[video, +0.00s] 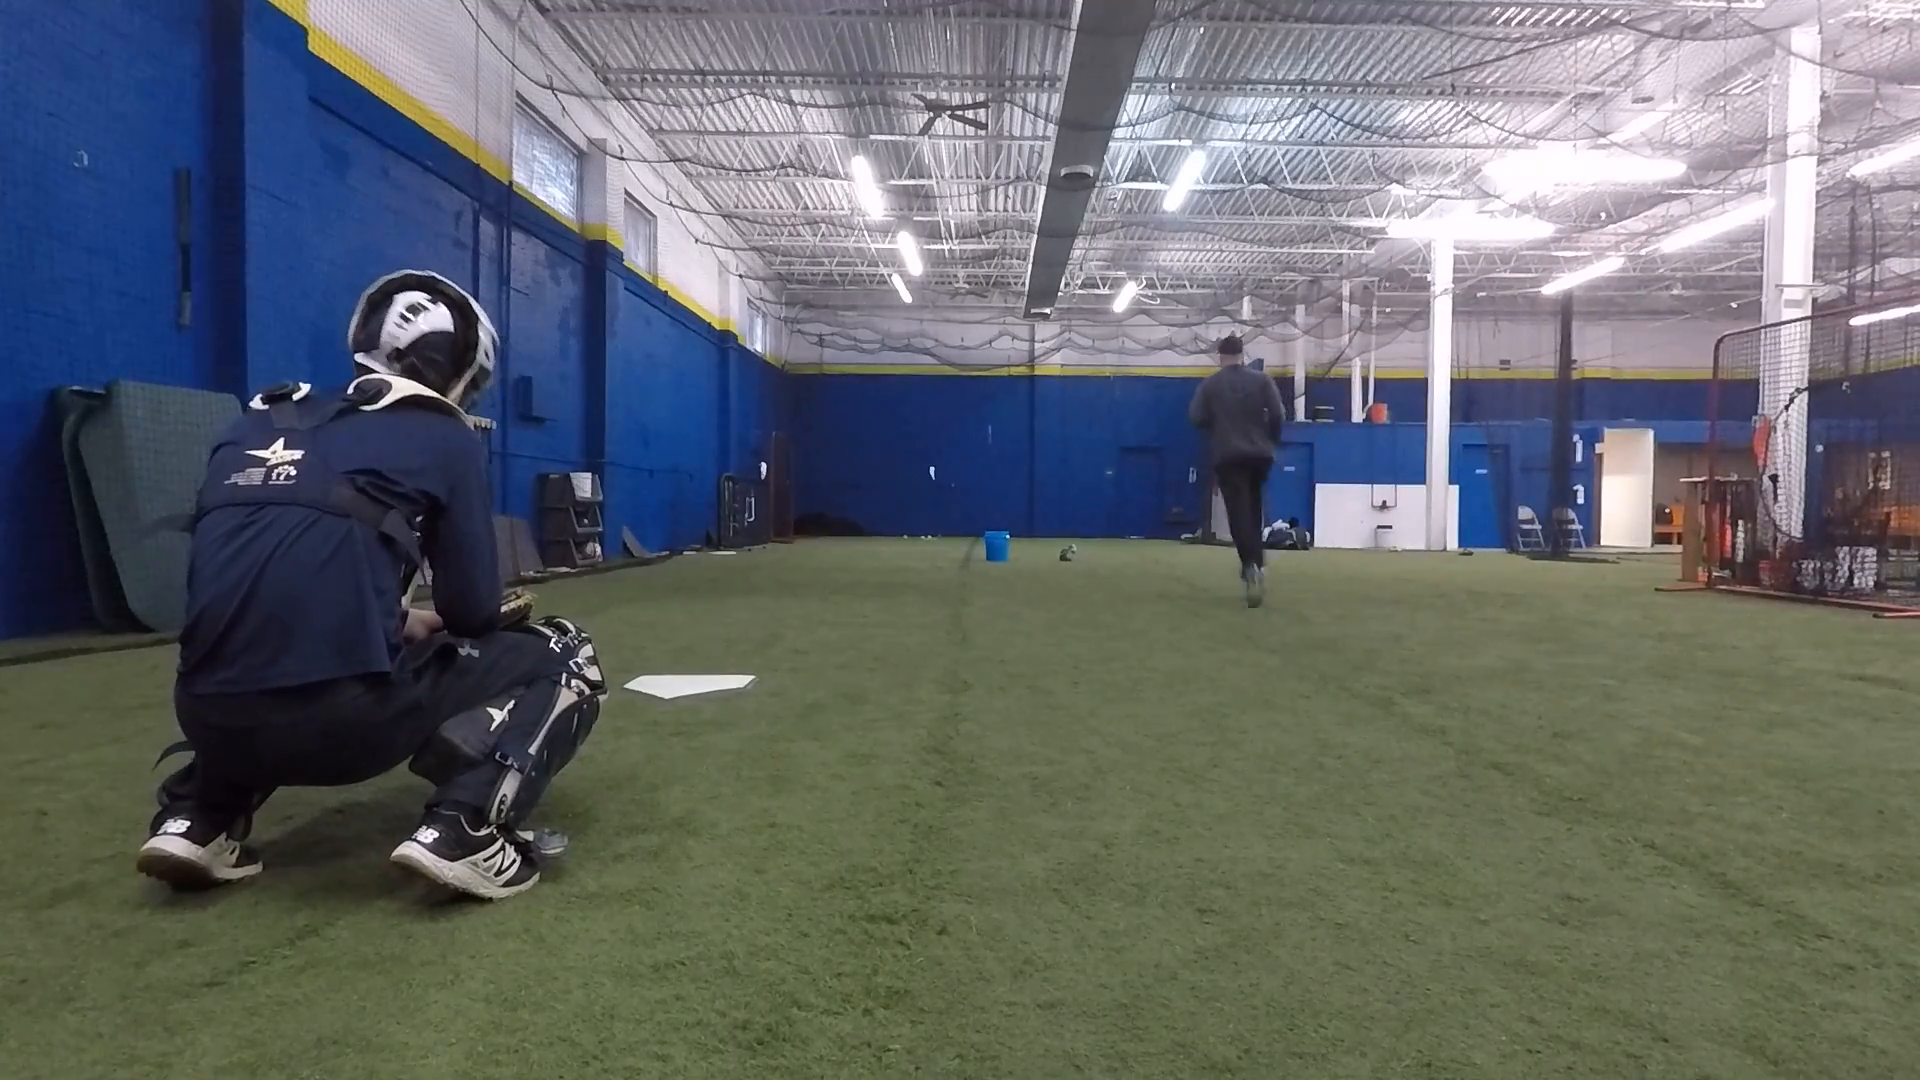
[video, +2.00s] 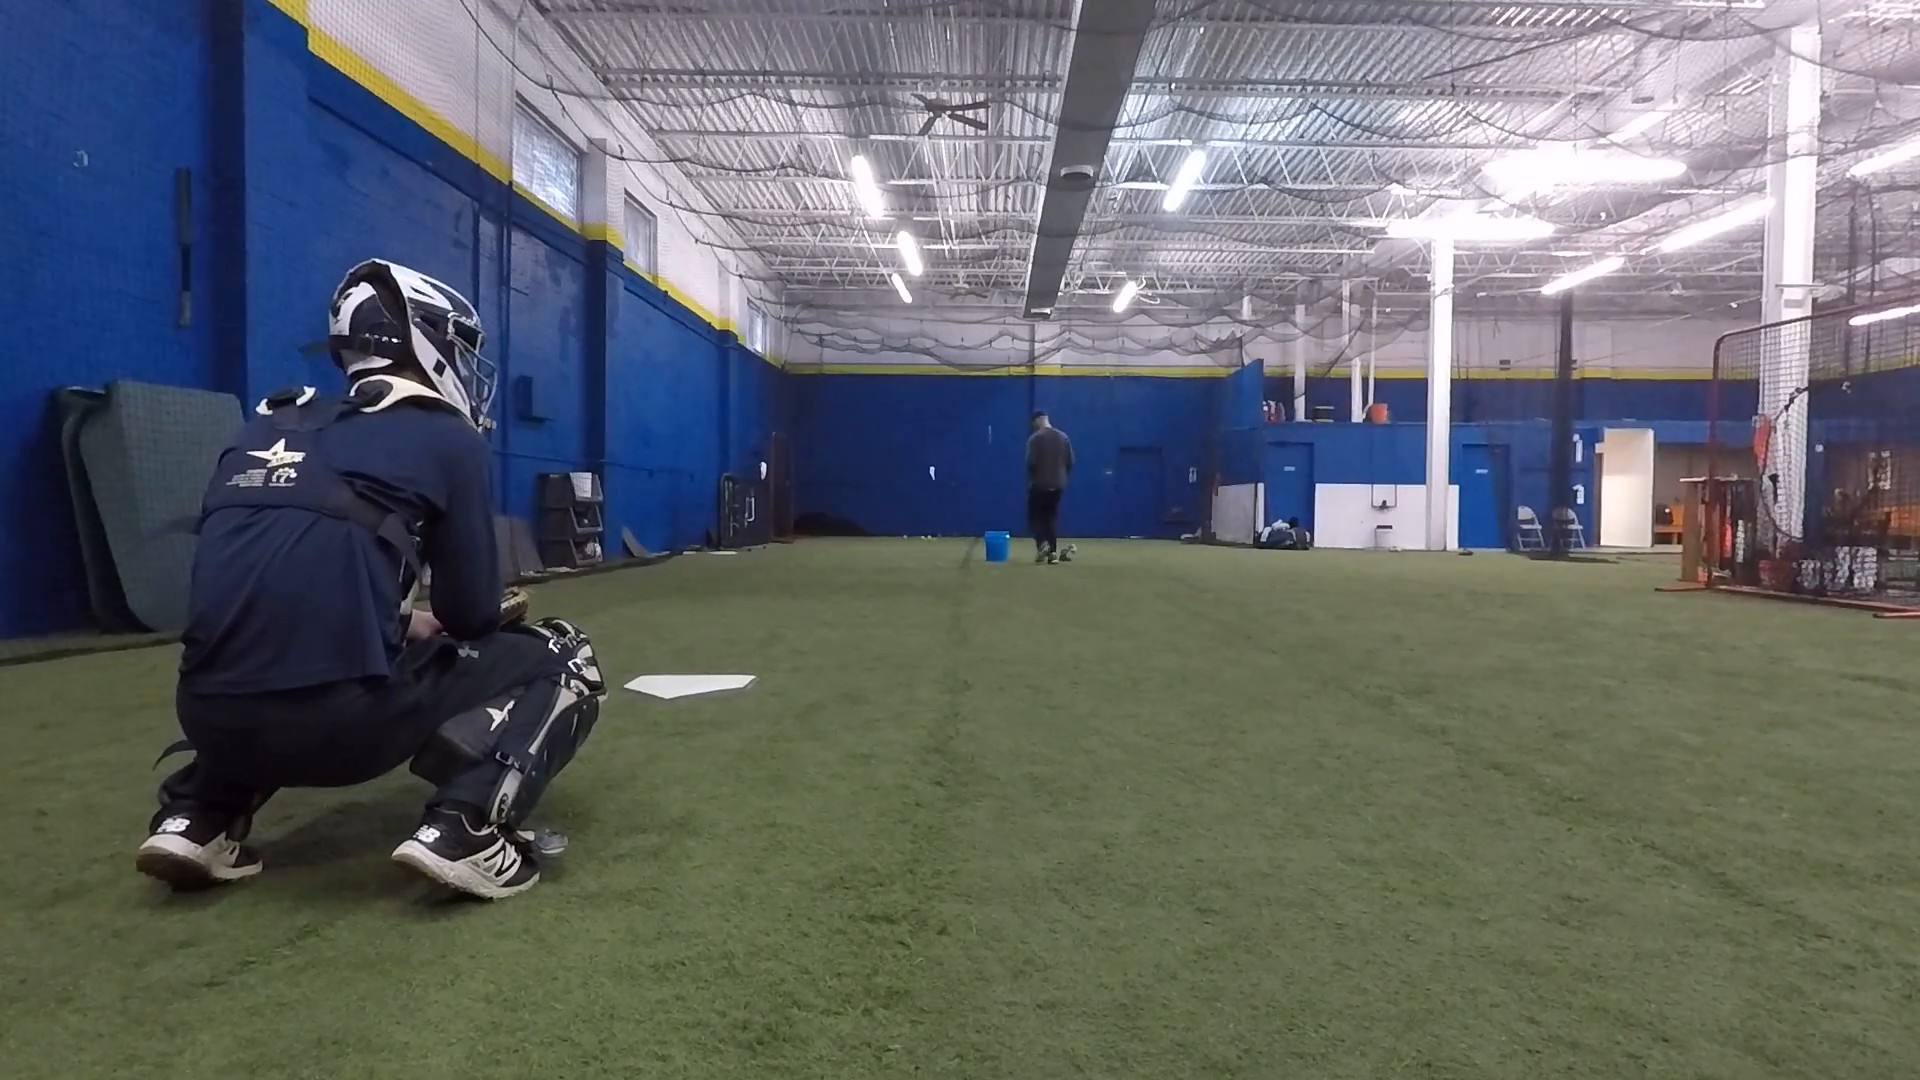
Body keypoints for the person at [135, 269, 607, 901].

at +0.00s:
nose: (472, 395)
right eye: (472, 380)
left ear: (362, 351)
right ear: (457, 375)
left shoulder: (257, 419)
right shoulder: (447, 436)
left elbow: (240, 576)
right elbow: (472, 610)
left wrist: (391, 619)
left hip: (217, 721)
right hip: (345, 722)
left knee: (275, 623)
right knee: (567, 657)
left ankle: (196, 817)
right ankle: (466, 826)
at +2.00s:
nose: (467, 372)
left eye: (466, 353)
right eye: (459, 351)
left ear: (352, 352)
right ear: (429, 344)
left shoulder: (265, 428)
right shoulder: (448, 439)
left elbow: (260, 588)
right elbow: (470, 614)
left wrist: (402, 625)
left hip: (217, 721)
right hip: (343, 726)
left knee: (283, 631)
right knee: (565, 659)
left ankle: (195, 817)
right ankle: (466, 826)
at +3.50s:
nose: (473, 364)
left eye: (470, 349)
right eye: (468, 349)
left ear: (351, 352)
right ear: (452, 351)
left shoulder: (281, 423)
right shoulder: (465, 437)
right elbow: (475, 604)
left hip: (221, 714)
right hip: (353, 715)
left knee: (288, 624)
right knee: (564, 663)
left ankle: (200, 816)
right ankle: (464, 824)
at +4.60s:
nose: (482, 347)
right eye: (477, 332)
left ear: (364, 339)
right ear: (466, 340)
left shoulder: (297, 414)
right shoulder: (491, 435)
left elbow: (259, 559)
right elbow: (503, 602)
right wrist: (429, 627)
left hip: (234, 690)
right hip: (373, 699)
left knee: (294, 616)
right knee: (574, 660)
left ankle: (203, 819)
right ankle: (451, 826)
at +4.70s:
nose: (478, 352)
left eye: (474, 337)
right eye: (473, 337)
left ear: (359, 340)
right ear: (459, 341)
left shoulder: (293, 417)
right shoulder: (475, 431)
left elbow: (259, 566)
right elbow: (484, 598)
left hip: (222, 694)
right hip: (357, 700)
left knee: (297, 618)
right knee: (573, 654)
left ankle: (203, 814)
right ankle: (445, 830)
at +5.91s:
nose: (476, 359)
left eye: (474, 343)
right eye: (472, 343)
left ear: (358, 347)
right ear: (455, 346)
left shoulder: (294, 418)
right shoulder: (471, 436)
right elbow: (476, 603)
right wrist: (512, 605)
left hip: (215, 697)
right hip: (347, 703)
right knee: (573, 653)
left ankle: (204, 813)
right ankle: (449, 831)